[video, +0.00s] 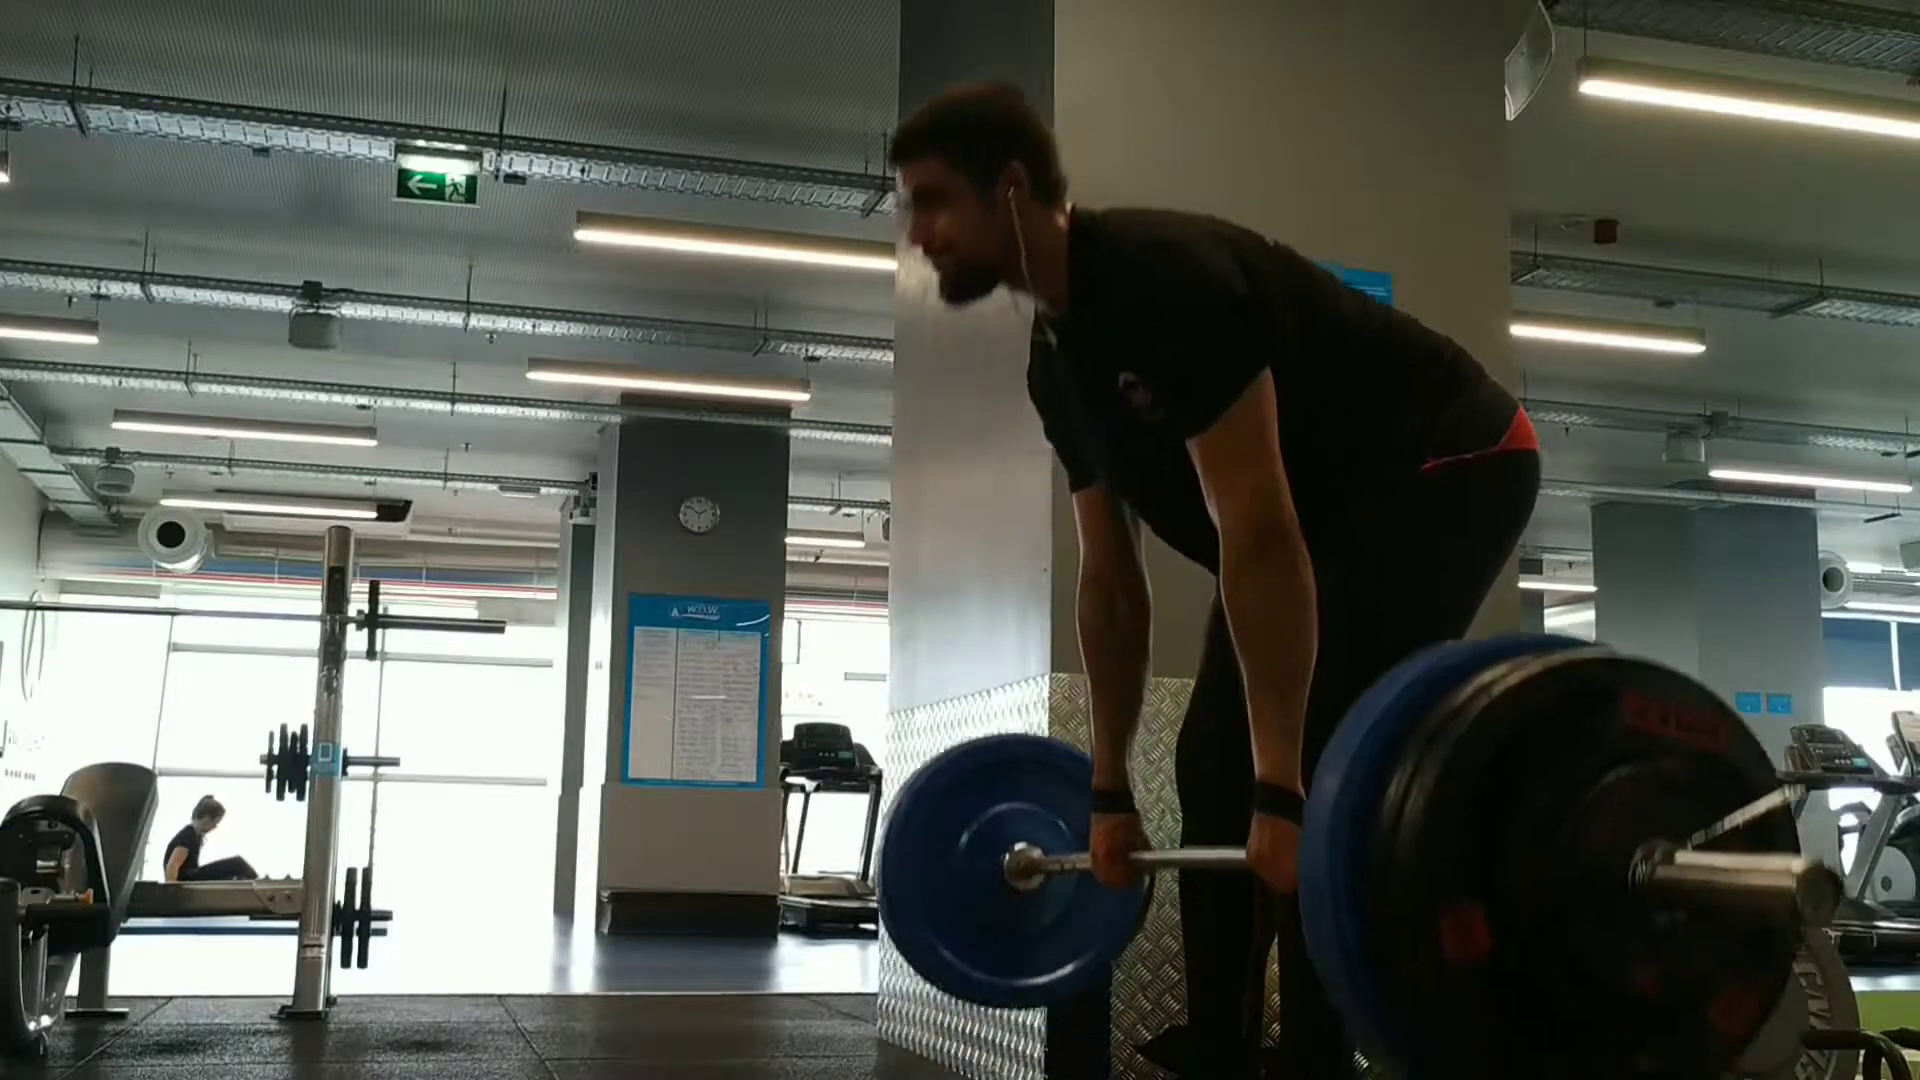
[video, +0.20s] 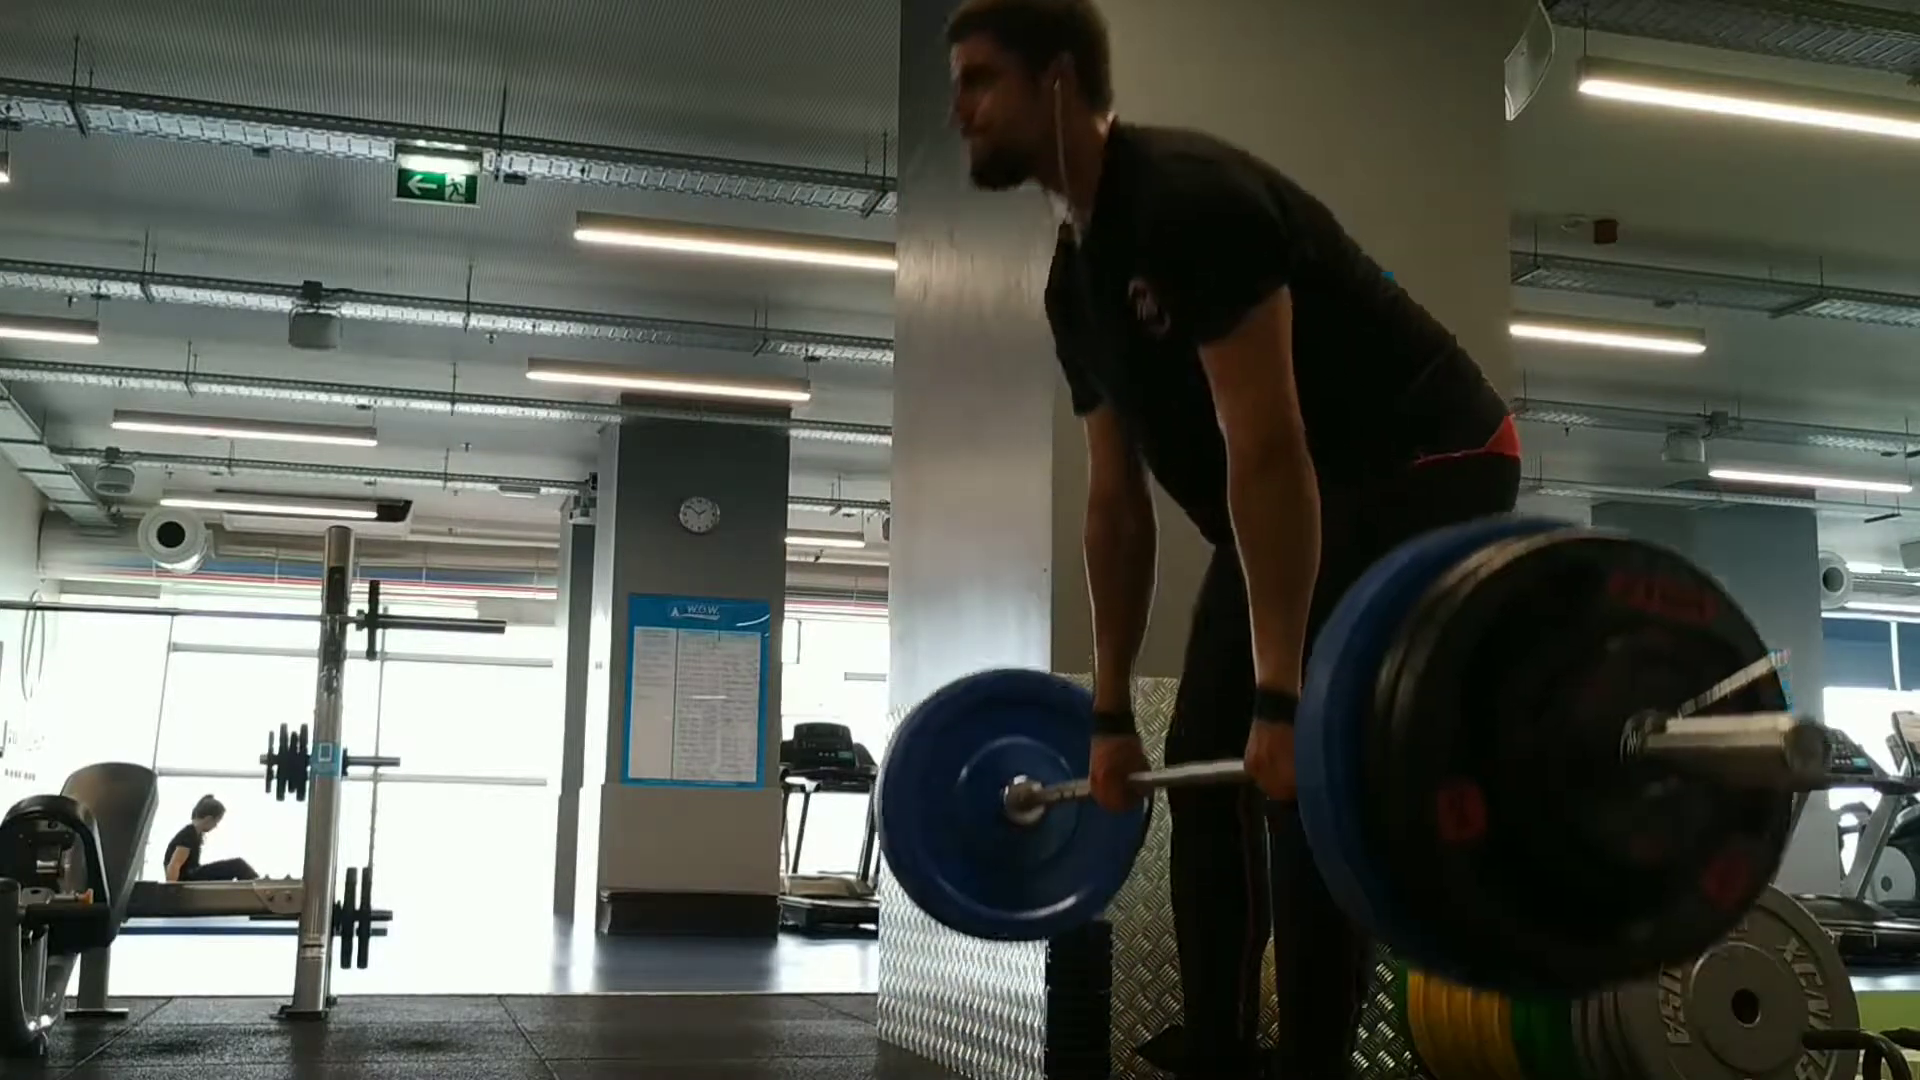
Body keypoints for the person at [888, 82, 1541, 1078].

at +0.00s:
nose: (916, 235)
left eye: (933, 204)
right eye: (908, 211)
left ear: (1014, 188)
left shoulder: (1169, 282)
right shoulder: (1057, 356)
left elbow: (1264, 540)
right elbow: (1109, 580)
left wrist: (1279, 793)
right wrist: (1110, 789)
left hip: (1446, 469)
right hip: (1308, 503)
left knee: (1334, 763)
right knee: (1212, 756)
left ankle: (1320, 1045)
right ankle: (1221, 1030)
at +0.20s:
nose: (959, 109)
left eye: (979, 82)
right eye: (956, 88)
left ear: (1060, 82)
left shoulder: (1191, 197)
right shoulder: (1074, 282)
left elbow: (1271, 456)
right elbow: (1115, 498)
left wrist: (1279, 699)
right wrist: (1110, 713)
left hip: (1416, 483)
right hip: (1279, 507)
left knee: (1314, 772)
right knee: (1202, 766)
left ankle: (1312, 1060)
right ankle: (1215, 1051)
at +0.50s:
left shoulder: (1257, 63)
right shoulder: (1123, 139)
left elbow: (1296, 305)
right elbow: (1138, 369)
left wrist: (1284, 538)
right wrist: (1120, 579)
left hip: (1300, 505)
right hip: (1199, 514)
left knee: (1285, 788)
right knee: (1195, 785)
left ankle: (1313, 1057)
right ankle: (1213, 1050)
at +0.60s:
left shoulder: (1298, 40)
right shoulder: (1153, 115)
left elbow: (1313, 279)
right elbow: (1152, 347)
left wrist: (1285, 499)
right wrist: (1121, 553)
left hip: (1276, 497)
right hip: (1183, 503)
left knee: (1286, 786)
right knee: (1199, 787)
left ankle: (1314, 1056)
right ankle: (1212, 1045)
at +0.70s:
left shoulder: (1335, 39)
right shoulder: (1187, 109)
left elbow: (1331, 276)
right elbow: (1165, 329)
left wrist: (1286, 488)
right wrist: (1120, 542)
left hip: (1270, 490)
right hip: (1179, 495)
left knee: (1288, 787)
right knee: (1202, 793)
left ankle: (1313, 1059)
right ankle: (1213, 1053)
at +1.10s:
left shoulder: (1358, 52)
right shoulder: (1231, 119)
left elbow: (1339, 285)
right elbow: (1188, 343)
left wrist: (1289, 498)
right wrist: (1127, 543)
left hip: (1274, 509)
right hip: (1188, 514)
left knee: (1277, 789)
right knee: (1192, 792)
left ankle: (1309, 1059)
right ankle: (1210, 1048)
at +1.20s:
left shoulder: (1335, 47)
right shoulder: (1208, 121)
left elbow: (1336, 287)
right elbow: (1185, 347)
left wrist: (1293, 504)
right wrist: (1132, 551)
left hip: (1287, 505)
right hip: (1196, 510)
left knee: (1277, 778)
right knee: (1193, 781)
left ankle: (1312, 1057)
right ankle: (1211, 1047)